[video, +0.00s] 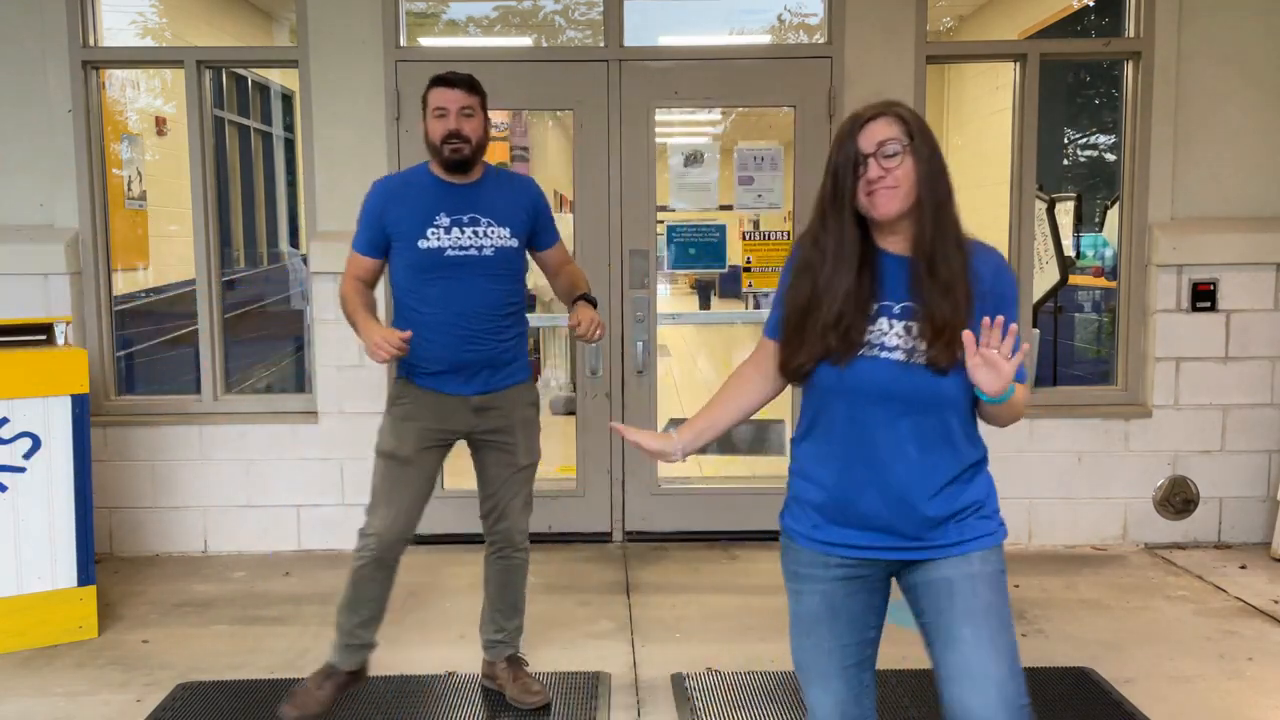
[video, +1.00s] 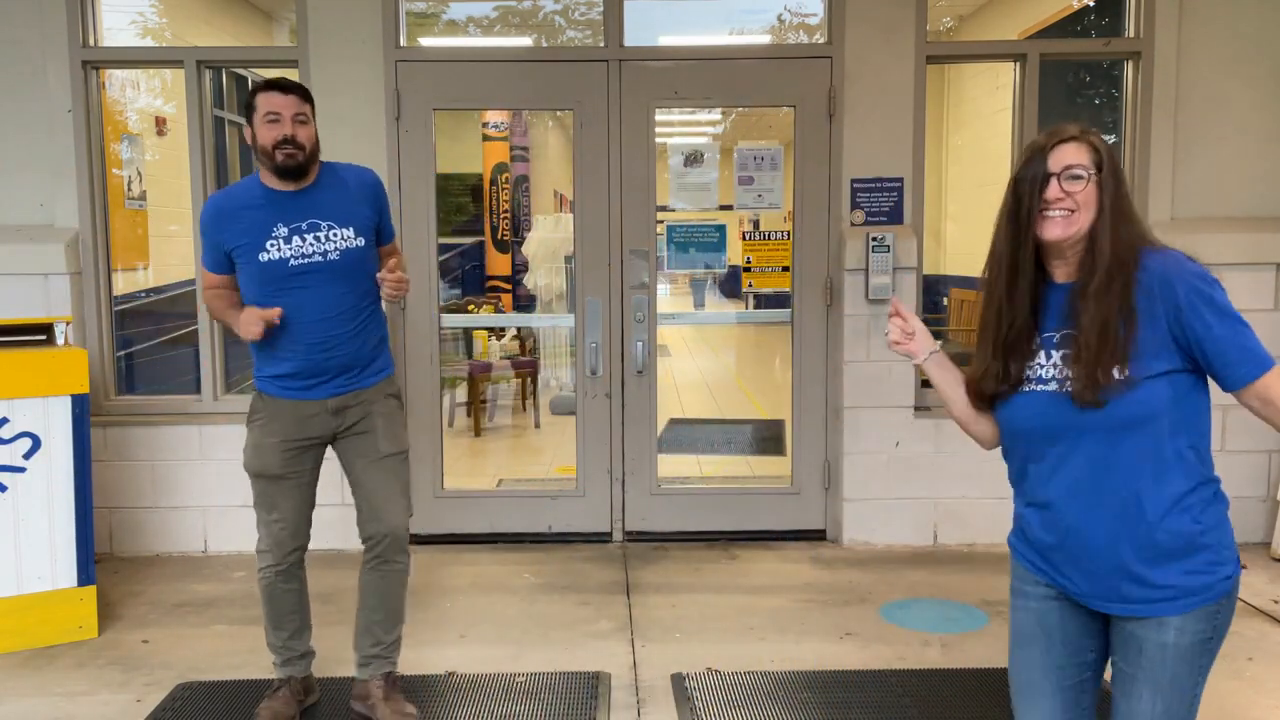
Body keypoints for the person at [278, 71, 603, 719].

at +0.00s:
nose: (455, 125)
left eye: (467, 114)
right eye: (442, 115)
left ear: (486, 123)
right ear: (423, 127)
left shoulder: (521, 196)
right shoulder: (390, 197)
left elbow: (561, 269)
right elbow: (354, 283)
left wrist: (581, 303)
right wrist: (369, 328)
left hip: (506, 395)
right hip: (421, 395)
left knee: (510, 535)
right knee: (381, 537)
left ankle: (503, 659)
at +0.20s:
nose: (385, 131)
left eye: (398, 121)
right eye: (373, 120)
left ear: (418, 133)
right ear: (354, 132)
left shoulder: (459, 202)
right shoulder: (320, 203)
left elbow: (528, 258)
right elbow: (265, 286)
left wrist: (557, 312)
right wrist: (269, 339)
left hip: (438, 404)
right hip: (348, 408)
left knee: (477, 539)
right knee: (318, 545)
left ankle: (502, 660)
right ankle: (295, 676)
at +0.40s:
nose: (324, 132)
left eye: (337, 121)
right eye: (311, 121)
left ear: (356, 133)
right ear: (293, 134)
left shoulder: (400, 205)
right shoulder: (263, 210)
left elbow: (419, 292)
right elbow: (228, 298)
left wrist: (418, 331)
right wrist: (256, 355)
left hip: (391, 404)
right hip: (300, 410)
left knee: (441, 534)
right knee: (284, 552)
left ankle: (474, 652)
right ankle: (293, 676)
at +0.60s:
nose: (288, 129)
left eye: (299, 117)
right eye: (273, 119)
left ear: (318, 128)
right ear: (253, 133)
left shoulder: (365, 191)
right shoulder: (230, 214)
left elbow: (406, 269)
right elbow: (214, 302)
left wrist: (403, 283)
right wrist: (219, 307)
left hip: (372, 396)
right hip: (284, 405)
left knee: (404, 524)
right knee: (278, 547)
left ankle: (390, 659)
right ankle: (292, 675)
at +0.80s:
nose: (277, 129)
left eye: (288, 118)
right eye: (262, 119)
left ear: (307, 127)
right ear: (242, 134)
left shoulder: (357, 187)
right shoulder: (220, 215)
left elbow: (405, 263)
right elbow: (202, 308)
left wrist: (431, 271)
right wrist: (177, 304)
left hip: (364, 396)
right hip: (280, 404)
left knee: (362, 546)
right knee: (281, 551)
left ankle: (360, 688)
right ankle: (294, 676)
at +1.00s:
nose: (289, 130)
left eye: (299, 119)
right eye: (273, 120)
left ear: (316, 130)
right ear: (250, 135)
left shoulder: (361, 187)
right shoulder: (224, 211)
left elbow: (388, 252)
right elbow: (216, 290)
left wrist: (393, 275)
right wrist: (240, 317)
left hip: (367, 393)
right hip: (283, 404)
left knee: (390, 533)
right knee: (279, 549)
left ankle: (376, 679)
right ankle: (293, 676)